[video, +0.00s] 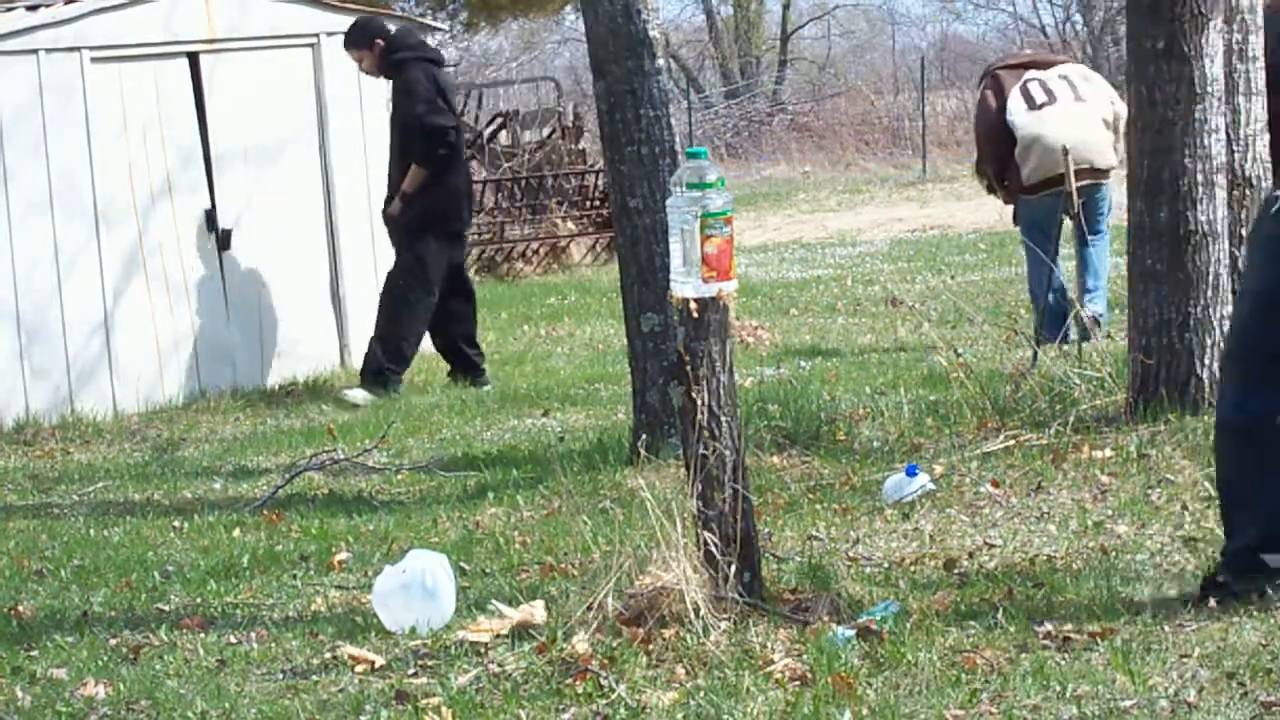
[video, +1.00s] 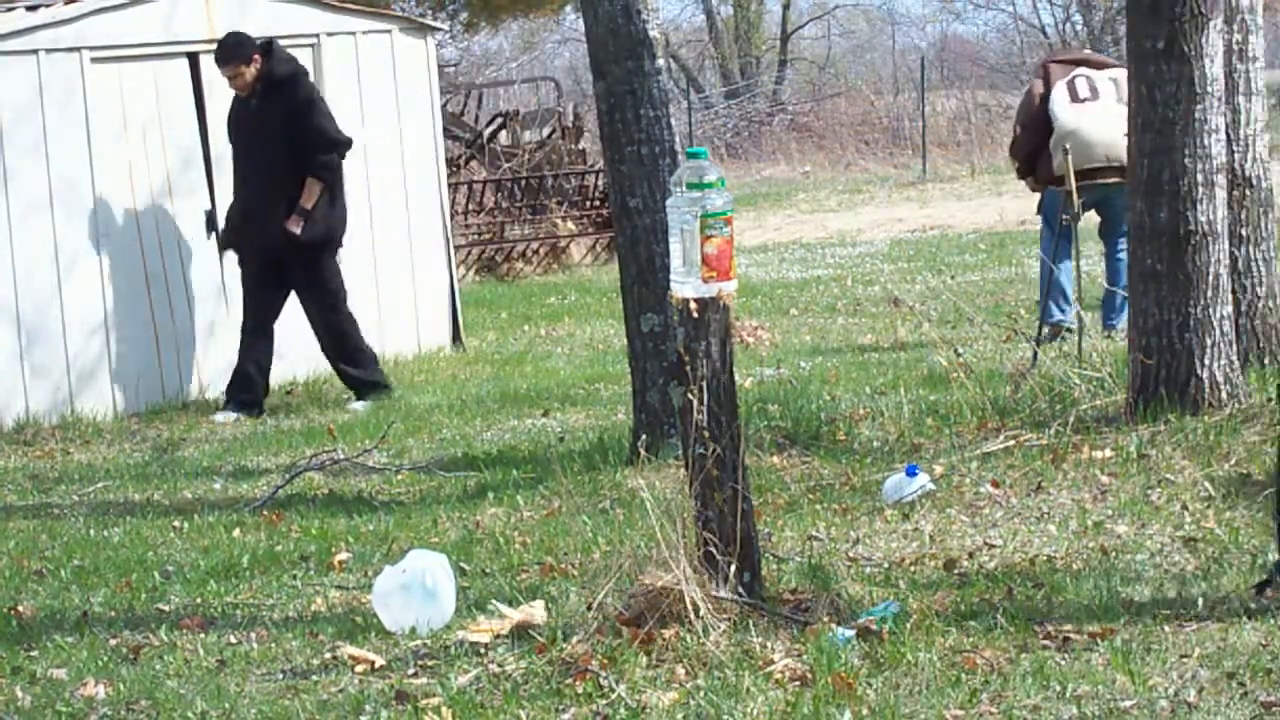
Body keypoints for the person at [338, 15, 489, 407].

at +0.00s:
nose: (360, 69)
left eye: (360, 60)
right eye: (356, 63)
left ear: (378, 47)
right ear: (378, 47)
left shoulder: (413, 74)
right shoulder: (418, 70)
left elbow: (436, 140)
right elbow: (432, 142)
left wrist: (402, 195)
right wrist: (403, 192)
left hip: (430, 211)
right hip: (441, 209)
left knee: (406, 296)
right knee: (449, 296)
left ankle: (379, 384)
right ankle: (470, 375)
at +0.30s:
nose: (323, 74)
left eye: (323, 65)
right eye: (318, 67)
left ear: (343, 52)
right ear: (341, 55)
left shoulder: (380, 79)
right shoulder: (364, 81)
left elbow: (408, 144)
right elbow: (381, 147)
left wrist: (373, 202)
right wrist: (364, 198)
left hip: (398, 213)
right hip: (386, 212)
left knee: (389, 299)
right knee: (408, 295)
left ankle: (379, 388)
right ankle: (459, 369)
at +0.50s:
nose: (303, 75)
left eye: (306, 66)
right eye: (299, 68)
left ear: (325, 53)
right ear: (315, 57)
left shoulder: (360, 78)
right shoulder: (334, 80)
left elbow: (391, 145)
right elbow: (343, 149)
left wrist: (360, 204)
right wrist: (330, 202)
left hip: (375, 216)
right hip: (347, 215)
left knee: (374, 299)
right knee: (346, 293)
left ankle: (379, 387)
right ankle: (414, 349)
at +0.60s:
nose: (293, 74)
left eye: (296, 65)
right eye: (289, 67)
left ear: (316, 52)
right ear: (303, 58)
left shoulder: (354, 80)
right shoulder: (318, 86)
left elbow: (386, 144)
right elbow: (326, 152)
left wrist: (354, 203)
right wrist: (314, 203)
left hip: (365, 218)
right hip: (329, 218)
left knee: (366, 298)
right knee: (323, 290)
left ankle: (379, 386)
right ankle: (369, 372)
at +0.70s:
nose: (282, 75)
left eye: (286, 67)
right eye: (278, 69)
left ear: (305, 54)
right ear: (286, 61)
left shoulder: (345, 82)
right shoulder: (301, 91)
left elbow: (377, 144)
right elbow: (310, 154)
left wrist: (346, 203)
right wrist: (297, 201)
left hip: (355, 218)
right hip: (312, 217)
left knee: (360, 302)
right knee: (304, 302)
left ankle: (377, 387)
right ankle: (323, 385)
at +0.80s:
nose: (269, 78)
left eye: (272, 70)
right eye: (264, 71)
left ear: (293, 57)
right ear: (272, 64)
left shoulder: (330, 82)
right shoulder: (284, 94)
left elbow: (365, 147)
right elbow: (294, 157)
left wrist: (334, 206)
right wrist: (282, 205)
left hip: (344, 223)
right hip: (301, 224)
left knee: (355, 309)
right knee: (286, 313)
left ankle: (376, 390)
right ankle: (269, 395)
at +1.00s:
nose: (232, 84)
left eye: (235, 75)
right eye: (227, 77)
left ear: (256, 62)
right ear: (228, 71)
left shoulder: (292, 89)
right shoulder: (241, 106)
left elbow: (330, 148)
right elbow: (248, 174)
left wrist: (302, 211)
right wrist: (237, 222)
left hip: (305, 229)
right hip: (261, 232)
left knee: (330, 314)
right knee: (256, 324)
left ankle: (372, 389)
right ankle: (244, 404)